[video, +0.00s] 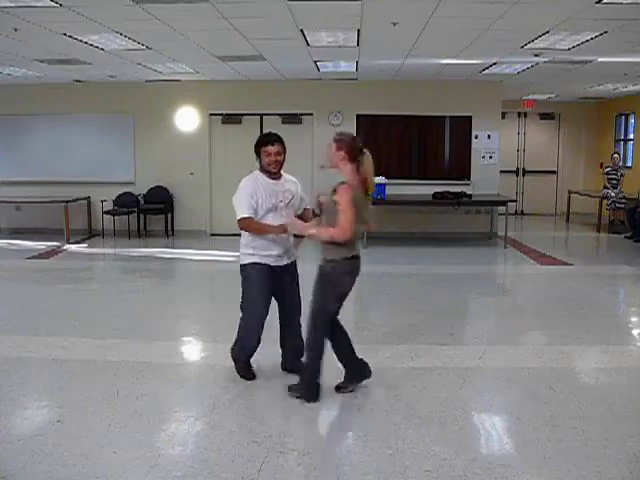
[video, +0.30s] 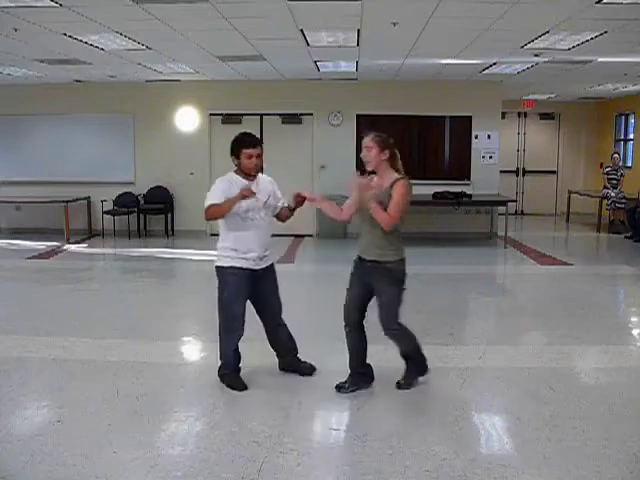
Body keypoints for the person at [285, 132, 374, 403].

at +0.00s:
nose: (329, 154)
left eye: (332, 150)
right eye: (331, 149)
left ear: (342, 154)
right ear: (349, 154)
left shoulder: (344, 190)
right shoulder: (358, 186)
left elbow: (343, 232)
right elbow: (368, 225)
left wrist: (309, 229)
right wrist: (328, 213)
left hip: (335, 265)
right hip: (347, 262)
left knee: (317, 322)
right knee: (327, 317)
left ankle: (309, 385)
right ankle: (355, 368)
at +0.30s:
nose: (364, 154)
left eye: (369, 149)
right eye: (363, 150)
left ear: (385, 153)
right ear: (366, 154)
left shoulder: (400, 184)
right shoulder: (365, 183)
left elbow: (389, 223)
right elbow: (343, 215)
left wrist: (369, 199)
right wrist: (318, 201)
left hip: (389, 266)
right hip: (363, 263)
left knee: (389, 324)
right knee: (352, 320)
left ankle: (417, 364)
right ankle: (360, 375)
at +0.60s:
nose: (387, 162)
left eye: (391, 156)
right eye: (385, 158)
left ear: (408, 156)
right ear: (385, 163)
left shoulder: (422, 184)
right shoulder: (396, 187)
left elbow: (391, 210)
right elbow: (372, 217)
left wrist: (386, 180)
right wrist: (341, 214)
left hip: (421, 265)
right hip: (397, 262)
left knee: (413, 321)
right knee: (380, 310)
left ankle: (419, 370)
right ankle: (397, 359)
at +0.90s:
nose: (388, 156)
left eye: (392, 151)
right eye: (386, 152)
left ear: (408, 153)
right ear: (391, 156)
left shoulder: (424, 183)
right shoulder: (396, 182)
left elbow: (402, 218)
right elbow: (372, 215)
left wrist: (390, 191)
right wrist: (337, 220)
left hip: (423, 260)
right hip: (403, 258)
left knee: (409, 316)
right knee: (413, 311)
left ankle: (418, 370)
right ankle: (432, 353)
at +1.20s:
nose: (375, 152)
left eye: (381, 147)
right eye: (376, 147)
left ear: (397, 153)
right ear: (389, 154)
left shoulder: (415, 186)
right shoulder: (377, 188)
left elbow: (439, 218)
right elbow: (351, 218)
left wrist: (425, 250)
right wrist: (315, 213)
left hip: (412, 266)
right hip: (385, 265)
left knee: (412, 322)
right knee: (373, 313)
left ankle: (420, 371)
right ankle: (405, 350)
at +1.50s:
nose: (352, 152)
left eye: (357, 149)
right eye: (354, 148)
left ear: (372, 156)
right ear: (365, 156)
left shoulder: (386, 189)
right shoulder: (358, 187)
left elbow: (409, 223)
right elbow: (339, 221)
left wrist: (375, 239)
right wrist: (303, 220)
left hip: (376, 268)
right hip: (353, 266)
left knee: (372, 323)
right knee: (347, 320)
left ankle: (408, 359)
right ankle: (368, 368)